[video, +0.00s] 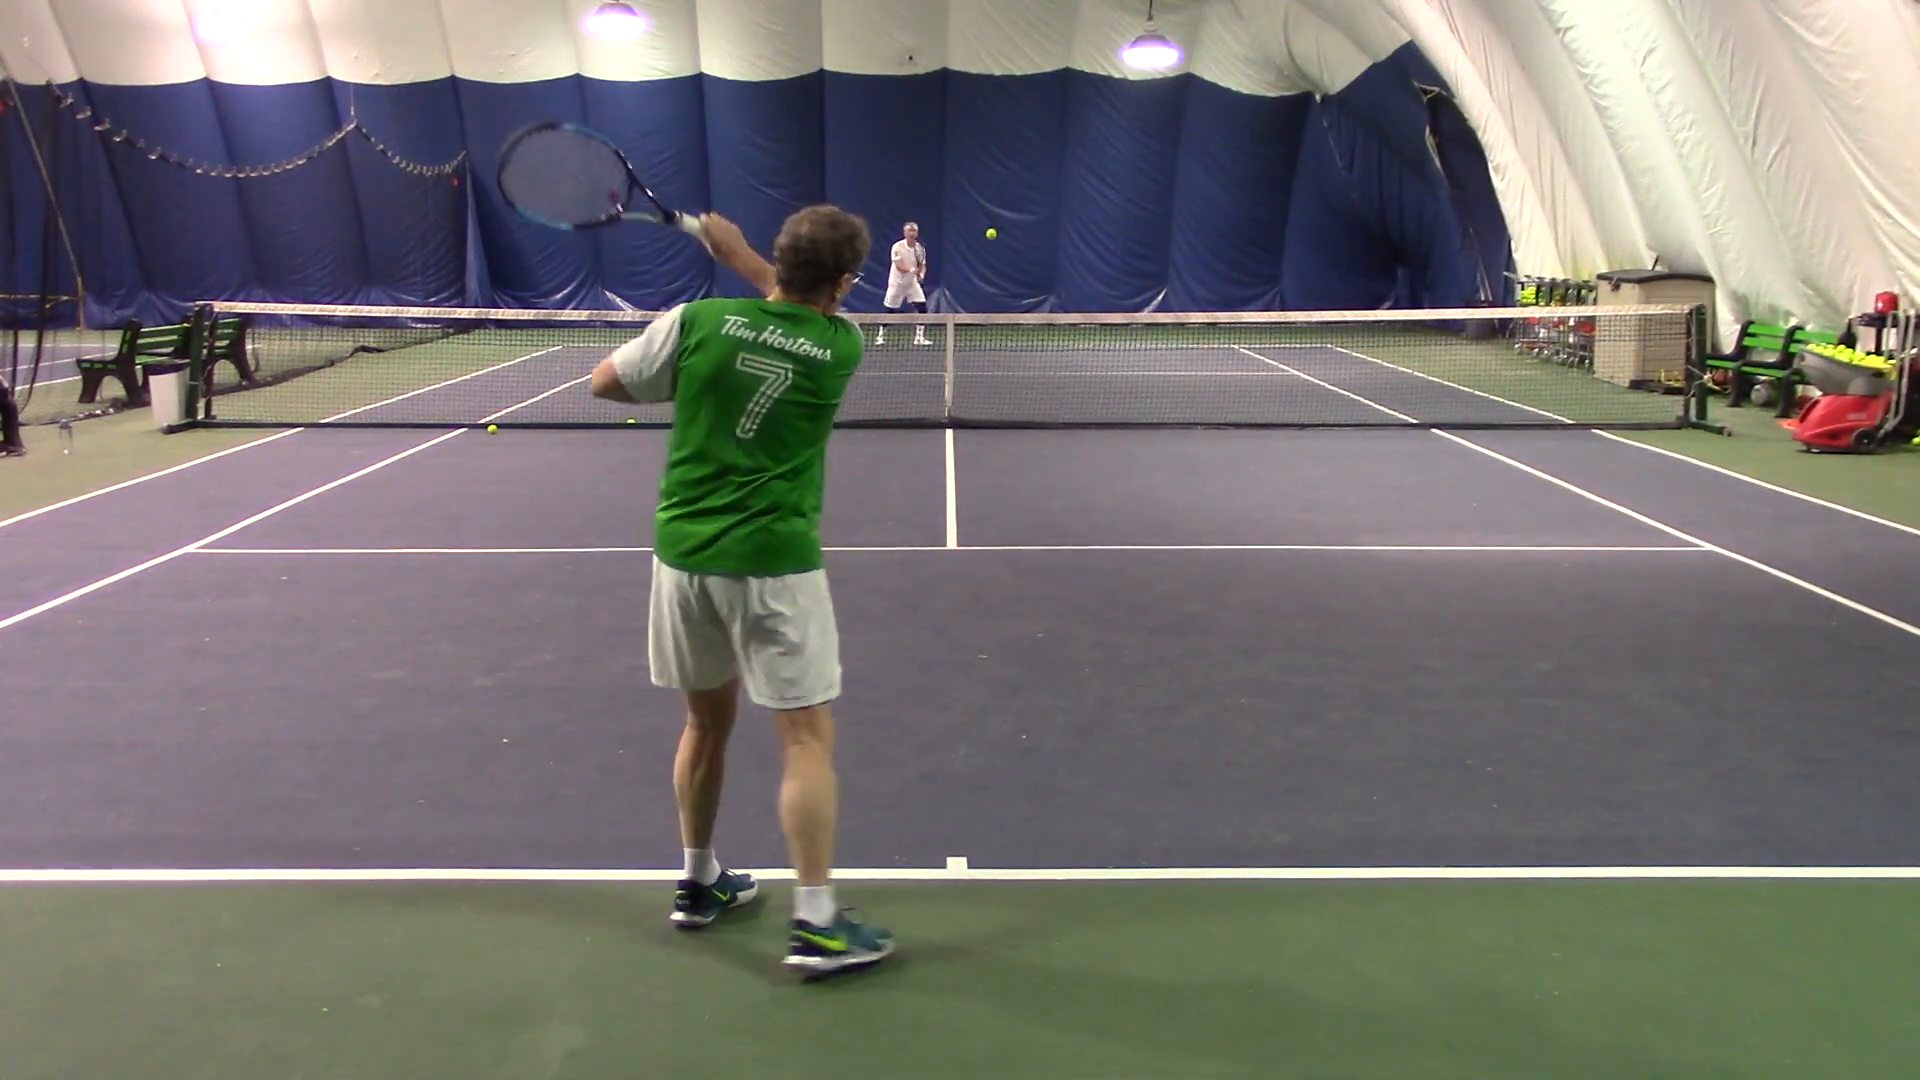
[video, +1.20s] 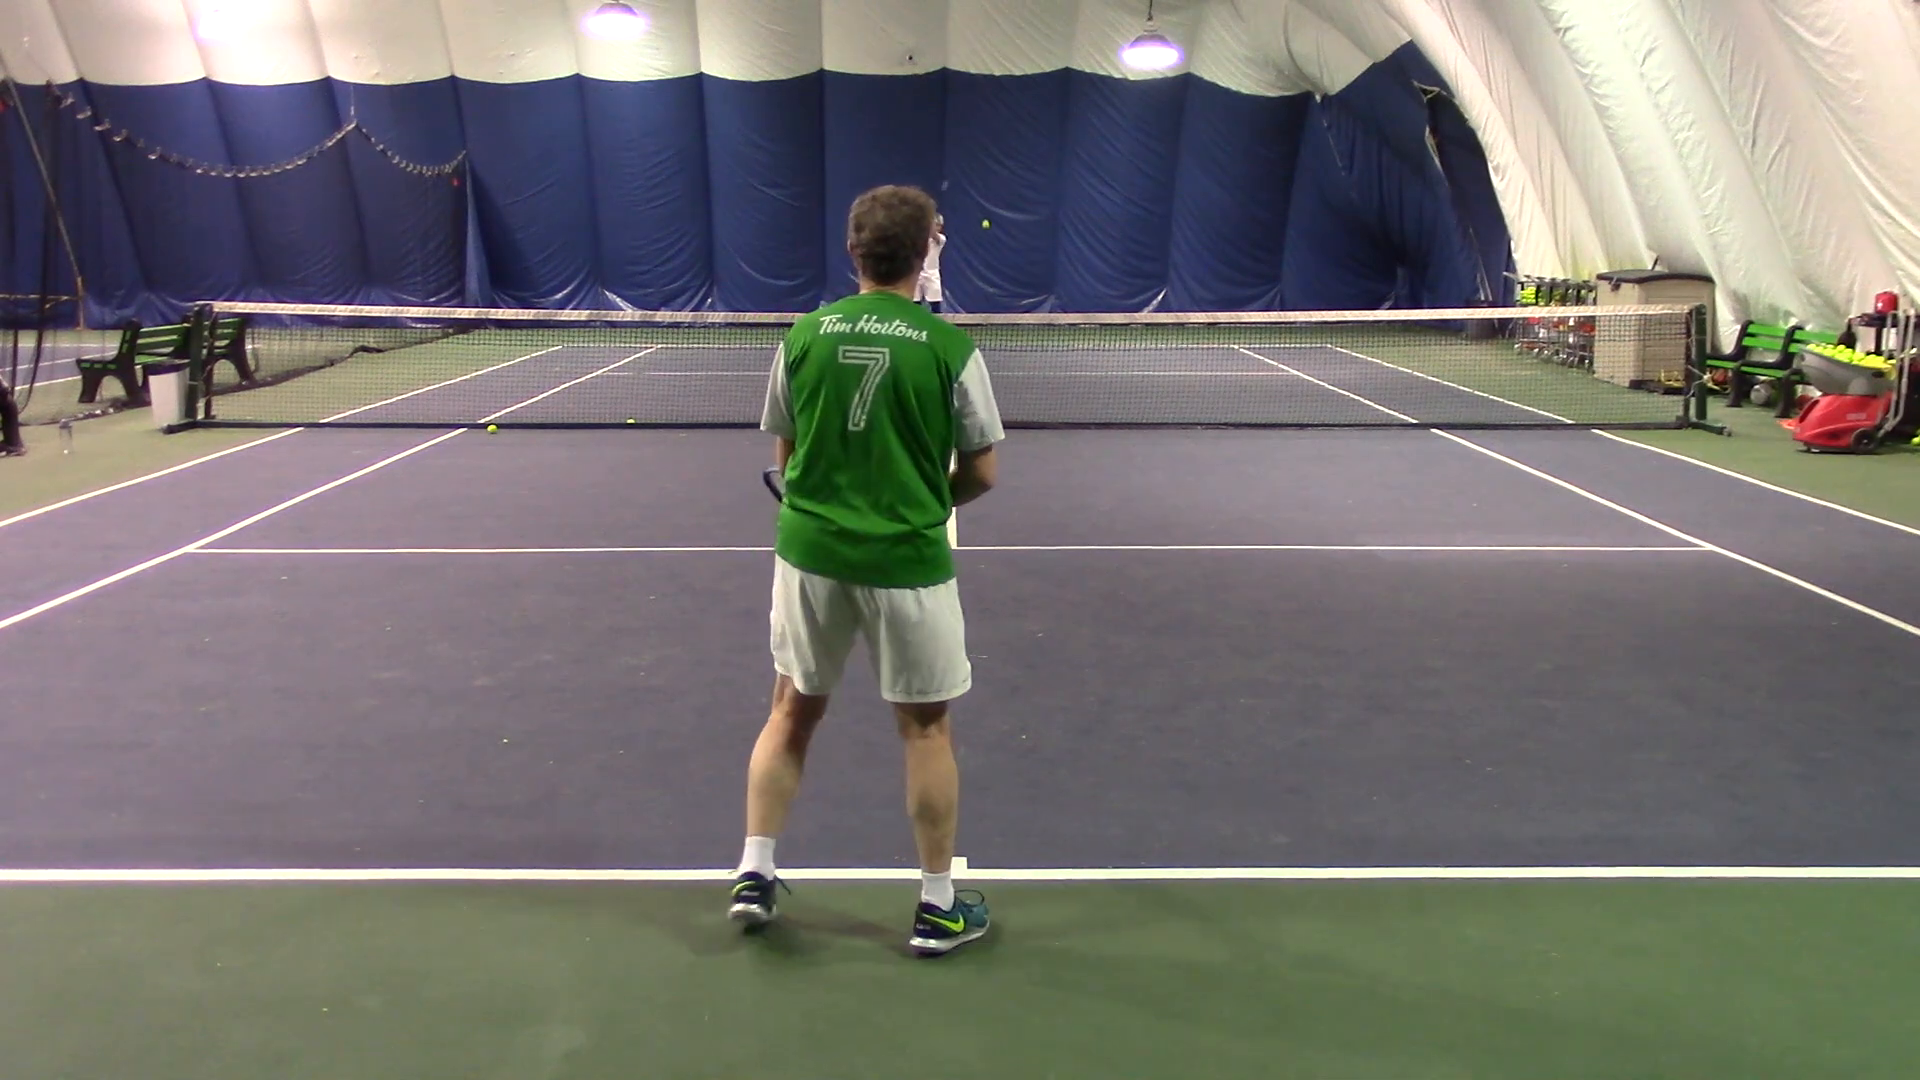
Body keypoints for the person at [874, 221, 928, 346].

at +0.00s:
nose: (912, 235)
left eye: (914, 232)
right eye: (910, 232)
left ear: (917, 233)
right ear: (905, 233)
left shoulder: (920, 249)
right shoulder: (897, 247)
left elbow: (922, 264)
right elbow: (898, 265)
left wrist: (922, 273)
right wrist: (910, 269)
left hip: (912, 282)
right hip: (897, 283)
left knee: (922, 307)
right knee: (889, 309)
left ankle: (919, 336)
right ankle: (880, 335)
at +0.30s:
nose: (918, 236)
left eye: (920, 233)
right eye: (916, 233)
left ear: (922, 235)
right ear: (910, 233)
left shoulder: (921, 247)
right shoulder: (903, 246)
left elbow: (926, 261)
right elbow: (909, 261)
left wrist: (934, 266)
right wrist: (928, 266)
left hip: (913, 281)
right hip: (900, 281)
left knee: (922, 307)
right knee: (897, 311)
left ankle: (919, 335)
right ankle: (890, 337)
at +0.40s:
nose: (923, 238)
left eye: (925, 236)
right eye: (920, 235)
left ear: (926, 237)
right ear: (915, 236)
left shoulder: (923, 249)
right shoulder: (908, 248)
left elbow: (933, 257)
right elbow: (921, 259)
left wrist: (944, 256)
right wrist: (939, 258)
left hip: (913, 280)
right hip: (901, 280)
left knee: (923, 307)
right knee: (907, 308)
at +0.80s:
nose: (937, 245)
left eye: (939, 243)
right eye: (935, 242)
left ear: (941, 244)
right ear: (930, 240)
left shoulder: (931, 253)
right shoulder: (920, 251)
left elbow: (930, 270)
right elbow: (931, 267)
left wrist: (943, 275)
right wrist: (941, 259)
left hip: (918, 283)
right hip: (906, 282)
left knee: (924, 308)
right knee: (915, 307)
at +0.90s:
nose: (938, 241)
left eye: (940, 238)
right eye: (936, 237)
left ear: (941, 239)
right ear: (930, 235)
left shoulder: (934, 251)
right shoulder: (917, 245)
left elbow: (938, 270)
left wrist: (950, 279)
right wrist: (935, 257)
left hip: (921, 280)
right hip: (908, 278)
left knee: (923, 307)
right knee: (915, 306)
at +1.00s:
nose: (937, 235)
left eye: (939, 233)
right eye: (935, 231)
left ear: (940, 234)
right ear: (930, 229)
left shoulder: (935, 245)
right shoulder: (917, 239)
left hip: (925, 273)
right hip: (914, 273)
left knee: (927, 304)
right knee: (912, 303)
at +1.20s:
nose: (935, 227)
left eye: (937, 224)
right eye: (933, 224)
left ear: (941, 227)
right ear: (930, 225)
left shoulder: (941, 239)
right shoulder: (922, 236)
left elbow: (934, 235)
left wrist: (929, 224)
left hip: (932, 272)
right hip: (918, 272)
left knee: (935, 303)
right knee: (915, 302)